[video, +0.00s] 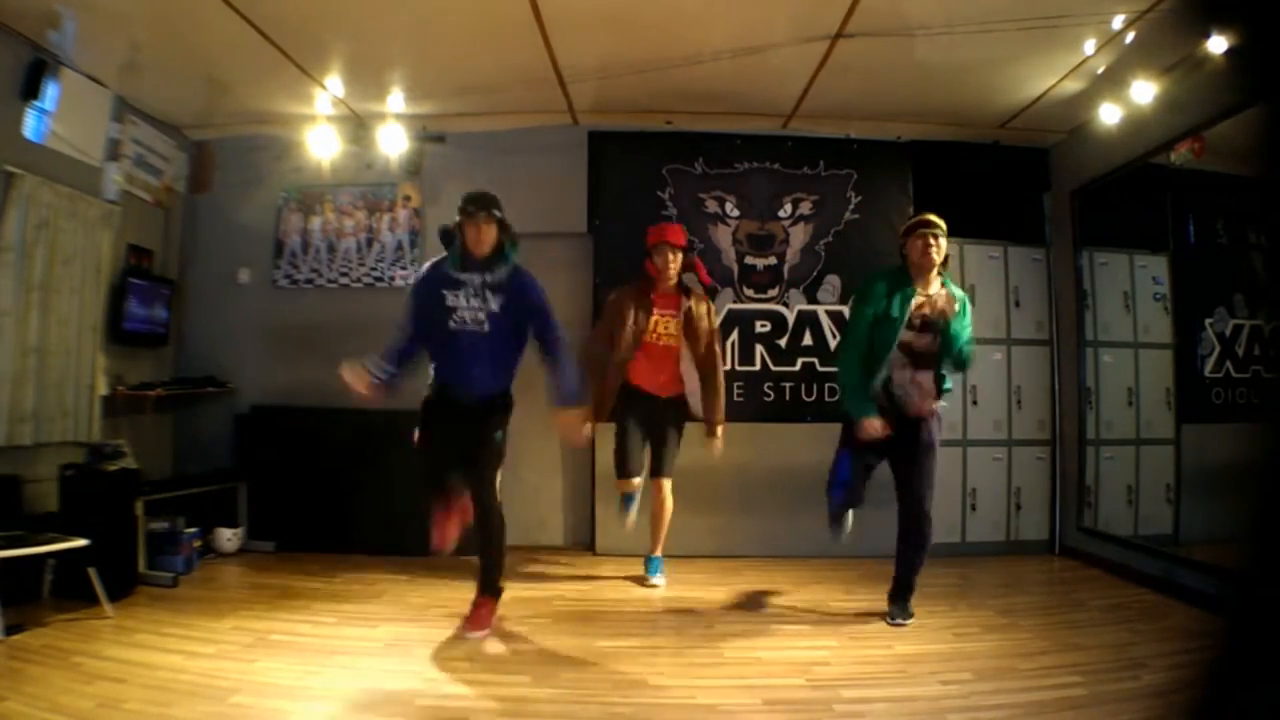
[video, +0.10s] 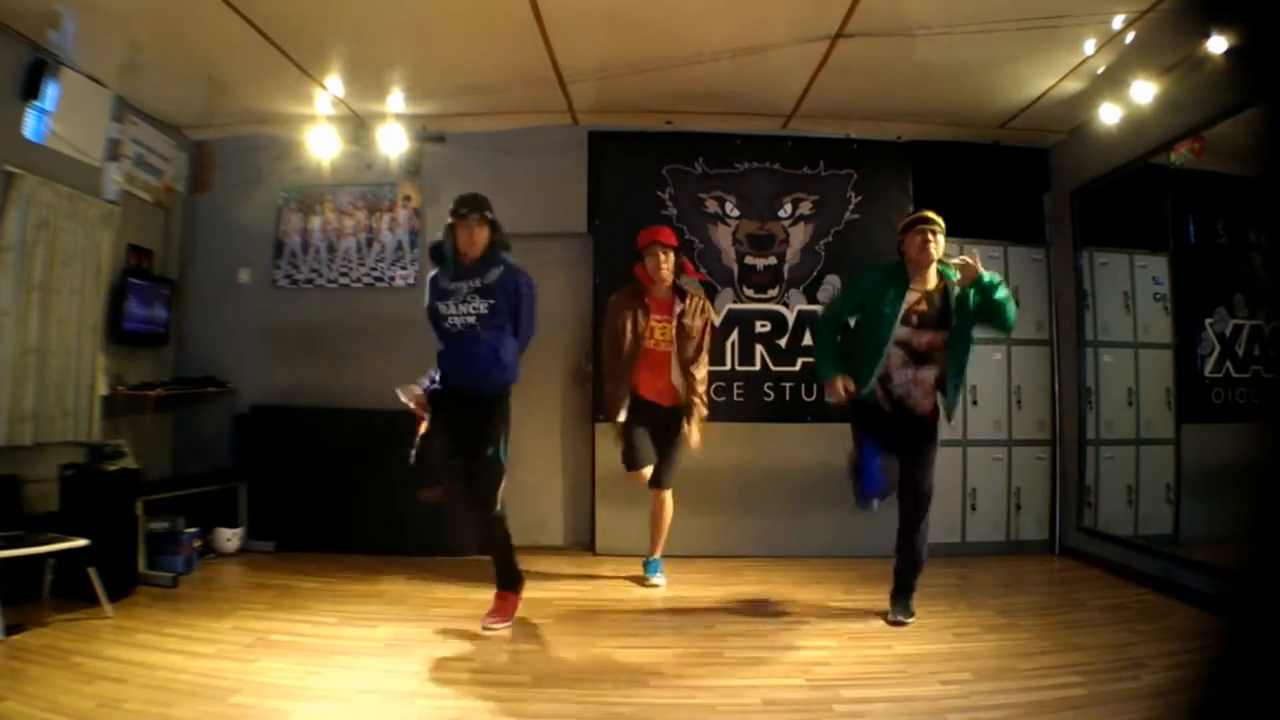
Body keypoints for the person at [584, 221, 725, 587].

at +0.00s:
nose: (668, 263)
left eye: (674, 256)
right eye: (661, 256)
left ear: (683, 260)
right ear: (650, 260)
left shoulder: (697, 306)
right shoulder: (627, 299)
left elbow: (711, 364)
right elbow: (600, 350)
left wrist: (715, 418)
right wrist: (592, 406)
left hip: (673, 399)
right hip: (632, 395)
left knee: (661, 482)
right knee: (628, 478)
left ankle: (656, 558)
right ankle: (631, 491)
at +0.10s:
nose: (663, 264)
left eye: (668, 257)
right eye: (655, 257)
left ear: (675, 261)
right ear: (644, 262)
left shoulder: (695, 305)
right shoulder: (624, 303)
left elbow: (699, 362)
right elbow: (612, 355)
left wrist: (695, 415)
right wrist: (615, 401)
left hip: (675, 404)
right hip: (638, 401)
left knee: (662, 485)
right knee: (640, 472)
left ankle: (655, 560)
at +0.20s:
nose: (651, 259)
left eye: (657, 252)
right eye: (644, 253)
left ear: (668, 255)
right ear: (634, 258)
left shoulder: (690, 290)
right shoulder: (619, 294)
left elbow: (713, 326)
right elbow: (605, 340)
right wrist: (610, 378)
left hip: (677, 390)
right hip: (639, 388)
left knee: (669, 478)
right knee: (647, 461)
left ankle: (663, 553)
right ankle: (645, 518)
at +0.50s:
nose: (672, 259)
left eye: (676, 253)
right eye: (663, 253)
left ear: (682, 260)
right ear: (648, 260)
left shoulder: (692, 305)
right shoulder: (627, 305)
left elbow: (711, 349)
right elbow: (617, 361)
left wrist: (690, 360)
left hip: (676, 403)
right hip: (641, 401)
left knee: (700, 485)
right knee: (659, 486)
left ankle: (648, 543)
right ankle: (617, 562)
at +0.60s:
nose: (680, 261)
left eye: (683, 255)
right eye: (672, 254)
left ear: (685, 261)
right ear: (654, 261)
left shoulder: (680, 303)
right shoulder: (636, 305)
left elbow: (691, 342)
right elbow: (615, 357)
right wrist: (599, 407)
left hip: (669, 402)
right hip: (642, 402)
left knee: (691, 484)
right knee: (656, 491)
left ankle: (642, 547)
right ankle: (609, 570)